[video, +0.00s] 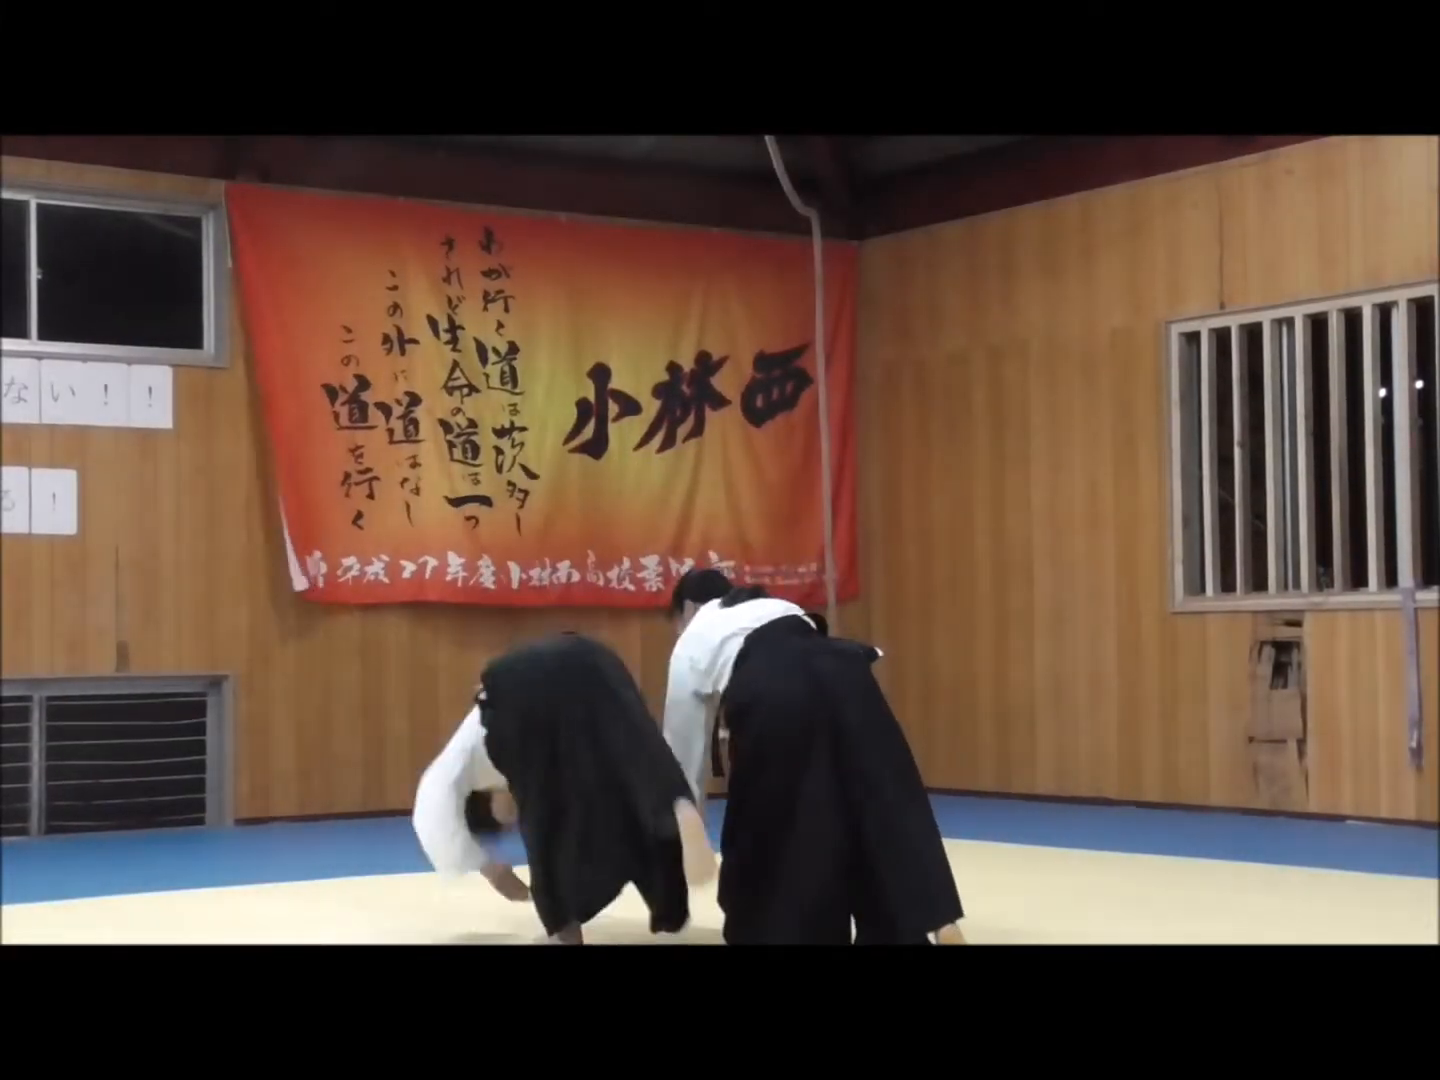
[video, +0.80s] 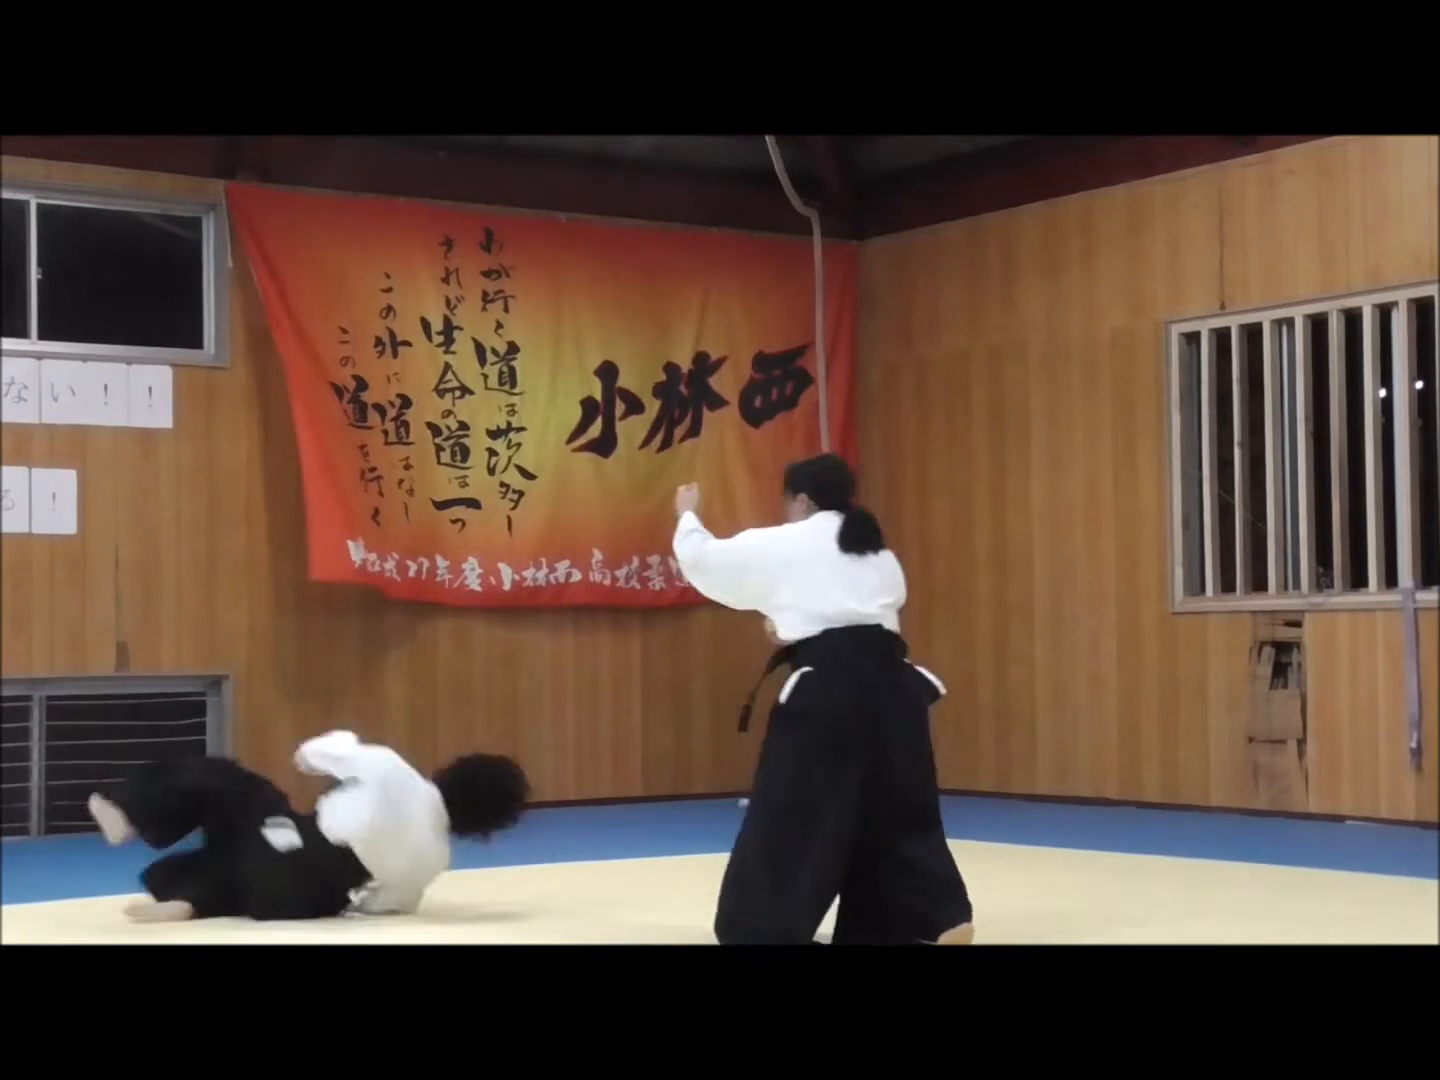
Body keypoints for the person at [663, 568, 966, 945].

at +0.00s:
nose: (678, 631)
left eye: (677, 621)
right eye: (677, 623)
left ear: (689, 609)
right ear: (728, 595)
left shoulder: (695, 640)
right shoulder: (772, 606)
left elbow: (683, 751)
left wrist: (686, 832)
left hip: (777, 697)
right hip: (847, 680)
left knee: (770, 826)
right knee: (892, 798)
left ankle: (764, 928)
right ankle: (945, 923)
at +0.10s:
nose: (679, 609)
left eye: (680, 599)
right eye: (678, 600)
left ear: (691, 586)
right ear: (733, 576)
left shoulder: (692, 618)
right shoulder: (773, 593)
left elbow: (679, 711)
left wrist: (674, 782)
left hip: (774, 689)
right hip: (846, 674)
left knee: (761, 817)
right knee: (887, 791)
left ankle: (757, 929)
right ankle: (942, 920)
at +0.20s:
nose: (684, 575)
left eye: (687, 566)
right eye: (685, 567)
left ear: (702, 557)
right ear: (739, 550)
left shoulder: (694, 590)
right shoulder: (781, 577)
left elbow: (656, 671)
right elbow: (814, 628)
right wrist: (733, 688)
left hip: (774, 682)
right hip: (846, 673)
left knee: (759, 817)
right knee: (887, 792)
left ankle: (760, 931)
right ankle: (942, 921)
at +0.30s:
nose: (696, 551)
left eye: (698, 543)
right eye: (697, 544)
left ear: (714, 536)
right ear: (752, 531)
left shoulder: (705, 567)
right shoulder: (790, 563)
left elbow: (627, 618)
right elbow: (804, 624)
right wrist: (732, 667)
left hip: (779, 679)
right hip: (848, 672)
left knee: (755, 811)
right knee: (886, 795)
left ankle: (758, 930)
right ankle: (940, 915)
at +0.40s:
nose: (705, 535)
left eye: (707, 526)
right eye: (706, 527)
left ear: (725, 520)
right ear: (761, 515)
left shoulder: (715, 555)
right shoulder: (800, 551)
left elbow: (641, 579)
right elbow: (812, 618)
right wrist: (738, 651)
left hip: (781, 678)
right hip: (848, 671)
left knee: (756, 806)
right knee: (889, 789)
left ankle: (756, 928)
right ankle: (940, 908)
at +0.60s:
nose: (726, 513)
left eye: (730, 504)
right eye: (728, 504)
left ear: (749, 503)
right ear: (786, 500)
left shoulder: (731, 542)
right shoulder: (819, 539)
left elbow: (663, 550)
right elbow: (833, 603)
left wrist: (637, 510)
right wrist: (754, 628)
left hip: (784, 678)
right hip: (853, 670)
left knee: (766, 807)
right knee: (891, 788)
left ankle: (762, 929)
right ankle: (947, 902)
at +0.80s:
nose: (785, 509)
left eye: (788, 501)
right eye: (785, 502)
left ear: (804, 502)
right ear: (846, 498)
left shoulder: (782, 545)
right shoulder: (880, 552)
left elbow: (702, 560)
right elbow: (885, 605)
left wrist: (687, 516)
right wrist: (793, 625)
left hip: (824, 689)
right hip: (895, 685)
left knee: (791, 814)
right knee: (908, 809)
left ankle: (760, 930)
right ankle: (950, 918)